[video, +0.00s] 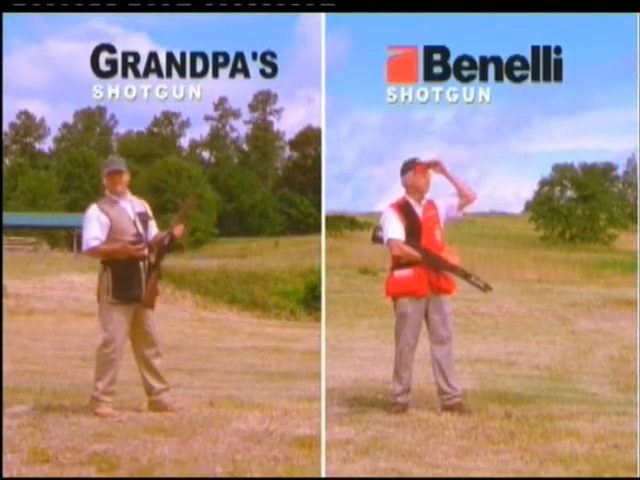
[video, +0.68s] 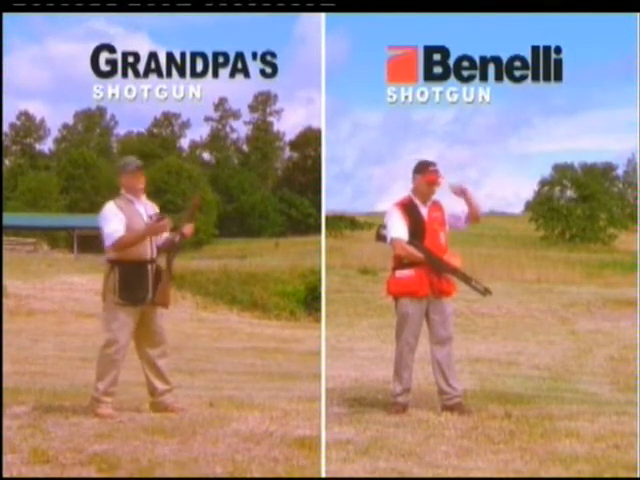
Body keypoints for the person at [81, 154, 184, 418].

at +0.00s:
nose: (115, 180)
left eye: (119, 174)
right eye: (110, 175)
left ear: (128, 177)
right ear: (104, 180)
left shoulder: (141, 206)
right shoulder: (98, 211)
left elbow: (153, 241)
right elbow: (90, 247)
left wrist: (170, 236)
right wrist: (123, 250)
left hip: (142, 283)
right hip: (114, 283)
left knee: (148, 343)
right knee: (113, 342)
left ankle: (158, 396)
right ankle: (101, 399)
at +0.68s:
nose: (138, 180)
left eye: (140, 175)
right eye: (132, 175)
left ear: (145, 178)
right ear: (121, 180)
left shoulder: (150, 208)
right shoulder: (111, 210)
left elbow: (157, 242)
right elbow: (116, 244)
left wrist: (178, 236)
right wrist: (150, 231)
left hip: (149, 273)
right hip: (122, 273)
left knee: (154, 341)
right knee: (116, 341)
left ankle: (161, 396)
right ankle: (102, 399)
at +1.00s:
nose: (159, 182)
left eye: (159, 177)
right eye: (154, 178)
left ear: (157, 182)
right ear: (139, 181)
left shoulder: (158, 210)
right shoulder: (126, 210)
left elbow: (166, 244)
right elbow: (140, 240)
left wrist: (186, 235)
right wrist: (175, 231)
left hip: (154, 273)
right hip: (129, 272)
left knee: (156, 341)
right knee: (120, 338)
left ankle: (162, 396)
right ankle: (96, 396)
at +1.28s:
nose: (154, 189)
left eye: (154, 184)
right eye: (149, 184)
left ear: (144, 188)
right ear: (132, 187)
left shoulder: (151, 215)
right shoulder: (120, 217)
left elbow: (163, 247)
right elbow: (127, 256)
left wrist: (184, 242)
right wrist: (159, 270)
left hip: (145, 280)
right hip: (122, 282)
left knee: (158, 340)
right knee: (121, 342)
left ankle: (162, 396)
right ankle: (93, 399)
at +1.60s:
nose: (152, 188)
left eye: (151, 183)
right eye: (146, 183)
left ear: (143, 188)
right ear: (130, 188)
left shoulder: (150, 214)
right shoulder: (115, 218)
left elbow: (158, 247)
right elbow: (98, 257)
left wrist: (179, 245)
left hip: (146, 279)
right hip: (120, 281)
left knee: (159, 339)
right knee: (119, 343)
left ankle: (162, 397)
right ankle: (92, 399)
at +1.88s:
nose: (167, 206)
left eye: (166, 201)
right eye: (163, 202)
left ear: (154, 205)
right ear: (148, 205)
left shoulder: (162, 227)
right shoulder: (126, 232)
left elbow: (164, 255)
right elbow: (88, 255)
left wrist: (185, 258)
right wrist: (62, 278)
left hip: (145, 292)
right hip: (120, 293)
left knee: (162, 340)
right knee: (125, 352)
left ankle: (161, 396)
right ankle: (92, 399)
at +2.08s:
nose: (170, 202)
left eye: (169, 197)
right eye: (165, 197)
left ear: (153, 202)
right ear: (151, 201)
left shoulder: (157, 225)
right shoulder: (145, 233)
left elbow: (156, 259)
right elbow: (136, 277)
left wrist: (182, 262)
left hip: (149, 297)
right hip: (132, 299)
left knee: (167, 342)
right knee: (133, 354)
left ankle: (165, 395)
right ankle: (96, 398)